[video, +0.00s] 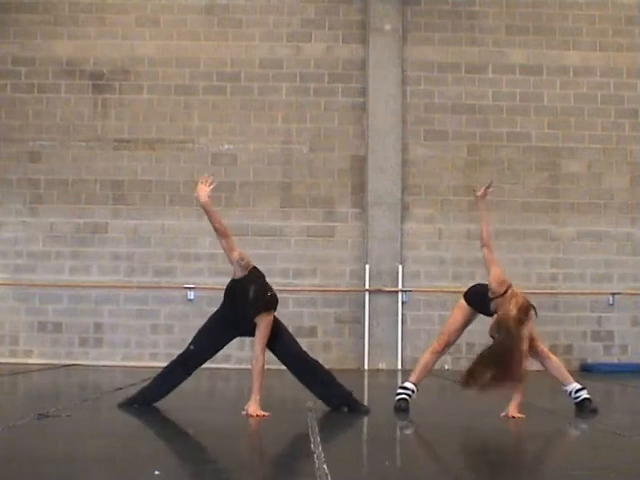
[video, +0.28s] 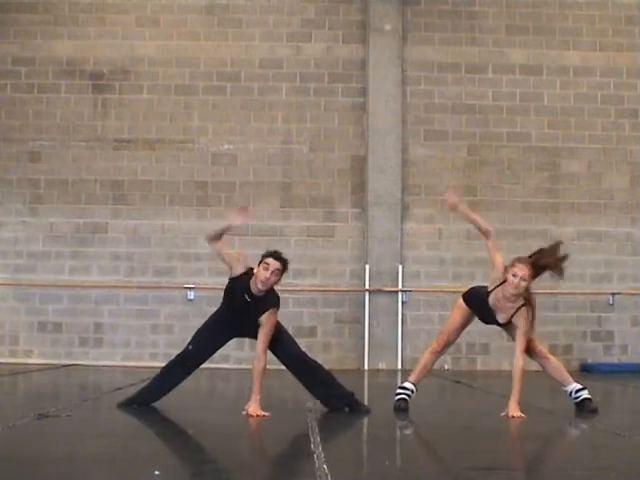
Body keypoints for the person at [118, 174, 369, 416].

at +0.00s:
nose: (253, 310)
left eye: (256, 308)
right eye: (247, 303)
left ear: (264, 306)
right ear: (243, 281)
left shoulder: (266, 312)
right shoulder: (242, 269)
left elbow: (259, 357)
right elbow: (223, 234)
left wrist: (255, 400)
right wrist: (205, 203)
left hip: (261, 328)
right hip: (228, 319)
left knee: (300, 361)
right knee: (191, 357)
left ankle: (342, 400)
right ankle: (145, 397)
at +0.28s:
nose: (269, 275)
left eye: (276, 273)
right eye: (267, 268)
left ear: (279, 279)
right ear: (257, 266)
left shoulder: (270, 306)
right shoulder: (240, 266)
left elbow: (261, 355)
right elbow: (213, 240)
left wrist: (255, 401)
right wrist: (230, 225)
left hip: (259, 328)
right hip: (226, 322)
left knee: (300, 361)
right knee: (189, 357)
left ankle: (343, 401)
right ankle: (143, 397)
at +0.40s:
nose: (271, 280)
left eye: (277, 278)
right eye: (268, 273)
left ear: (281, 283)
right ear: (258, 272)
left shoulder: (276, 311)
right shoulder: (239, 282)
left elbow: (265, 358)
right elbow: (195, 296)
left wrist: (255, 401)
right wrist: (220, 294)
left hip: (264, 330)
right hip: (230, 322)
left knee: (302, 361)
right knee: (192, 357)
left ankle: (344, 401)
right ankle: (143, 397)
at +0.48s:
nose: (268, 288)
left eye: (274, 284)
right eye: (265, 281)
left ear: (279, 288)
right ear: (254, 279)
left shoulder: (276, 311)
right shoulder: (234, 295)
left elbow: (266, 359)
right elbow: (208, 332)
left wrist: (256, 401)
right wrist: (212, 355)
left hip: (266, 331)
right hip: (229, 329)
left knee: (302, 361)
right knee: (188, 359)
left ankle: (344, 401)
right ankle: (142, 398)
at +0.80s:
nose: (254, 311)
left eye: (259, 307)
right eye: (250, 306)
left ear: (266, 304)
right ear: (240, 301)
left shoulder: (272, 311)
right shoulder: (222, 309)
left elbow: (265, 360)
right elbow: (220, 357)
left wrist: (255, 401)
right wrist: (224, 397)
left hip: (266, 324)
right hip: (227, 323)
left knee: (302, 352)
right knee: (186, 349)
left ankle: (334, 399)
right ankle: (159, 392)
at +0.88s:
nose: (247, 310)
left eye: (252, 304)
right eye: (242, 304)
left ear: (259, 300)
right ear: (234, 299)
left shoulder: (268, 310)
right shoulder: (219, 309)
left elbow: (262, 360)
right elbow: (218, 357)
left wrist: (255, 400)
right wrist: (224, 398)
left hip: (261, 330)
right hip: (228, 330)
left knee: (296, 348)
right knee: (191, 351)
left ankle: (291, 393)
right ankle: (198, 387)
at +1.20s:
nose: (237, 277)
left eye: (242, 272)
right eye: (233, 272)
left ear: (250, 273)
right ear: (226, 272)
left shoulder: (260, 293)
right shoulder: (217, 290)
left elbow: (266, 337)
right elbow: (211, 330)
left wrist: (272, 377)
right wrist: (204, 367)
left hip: (254, 346)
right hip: (227, 346)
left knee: (280, 365)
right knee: (204, 365)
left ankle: (250, 397)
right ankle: (229, 397)